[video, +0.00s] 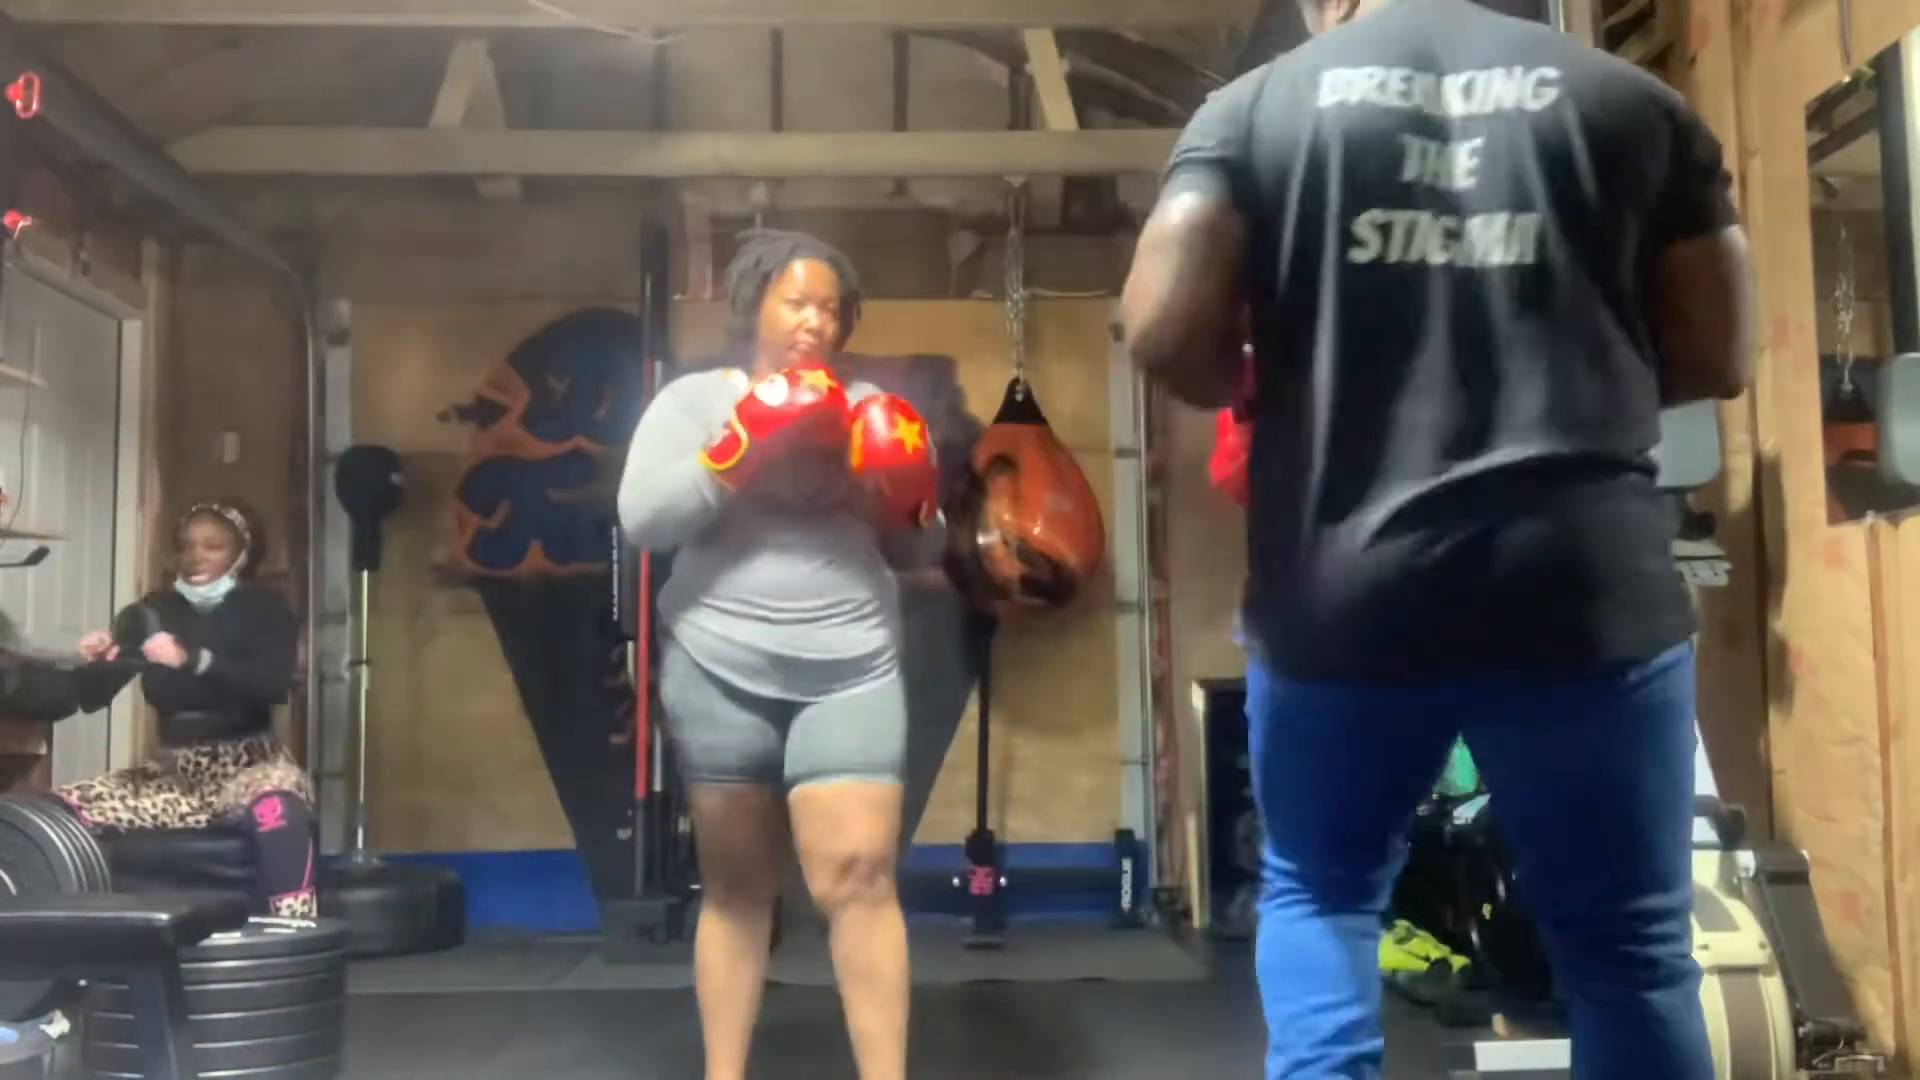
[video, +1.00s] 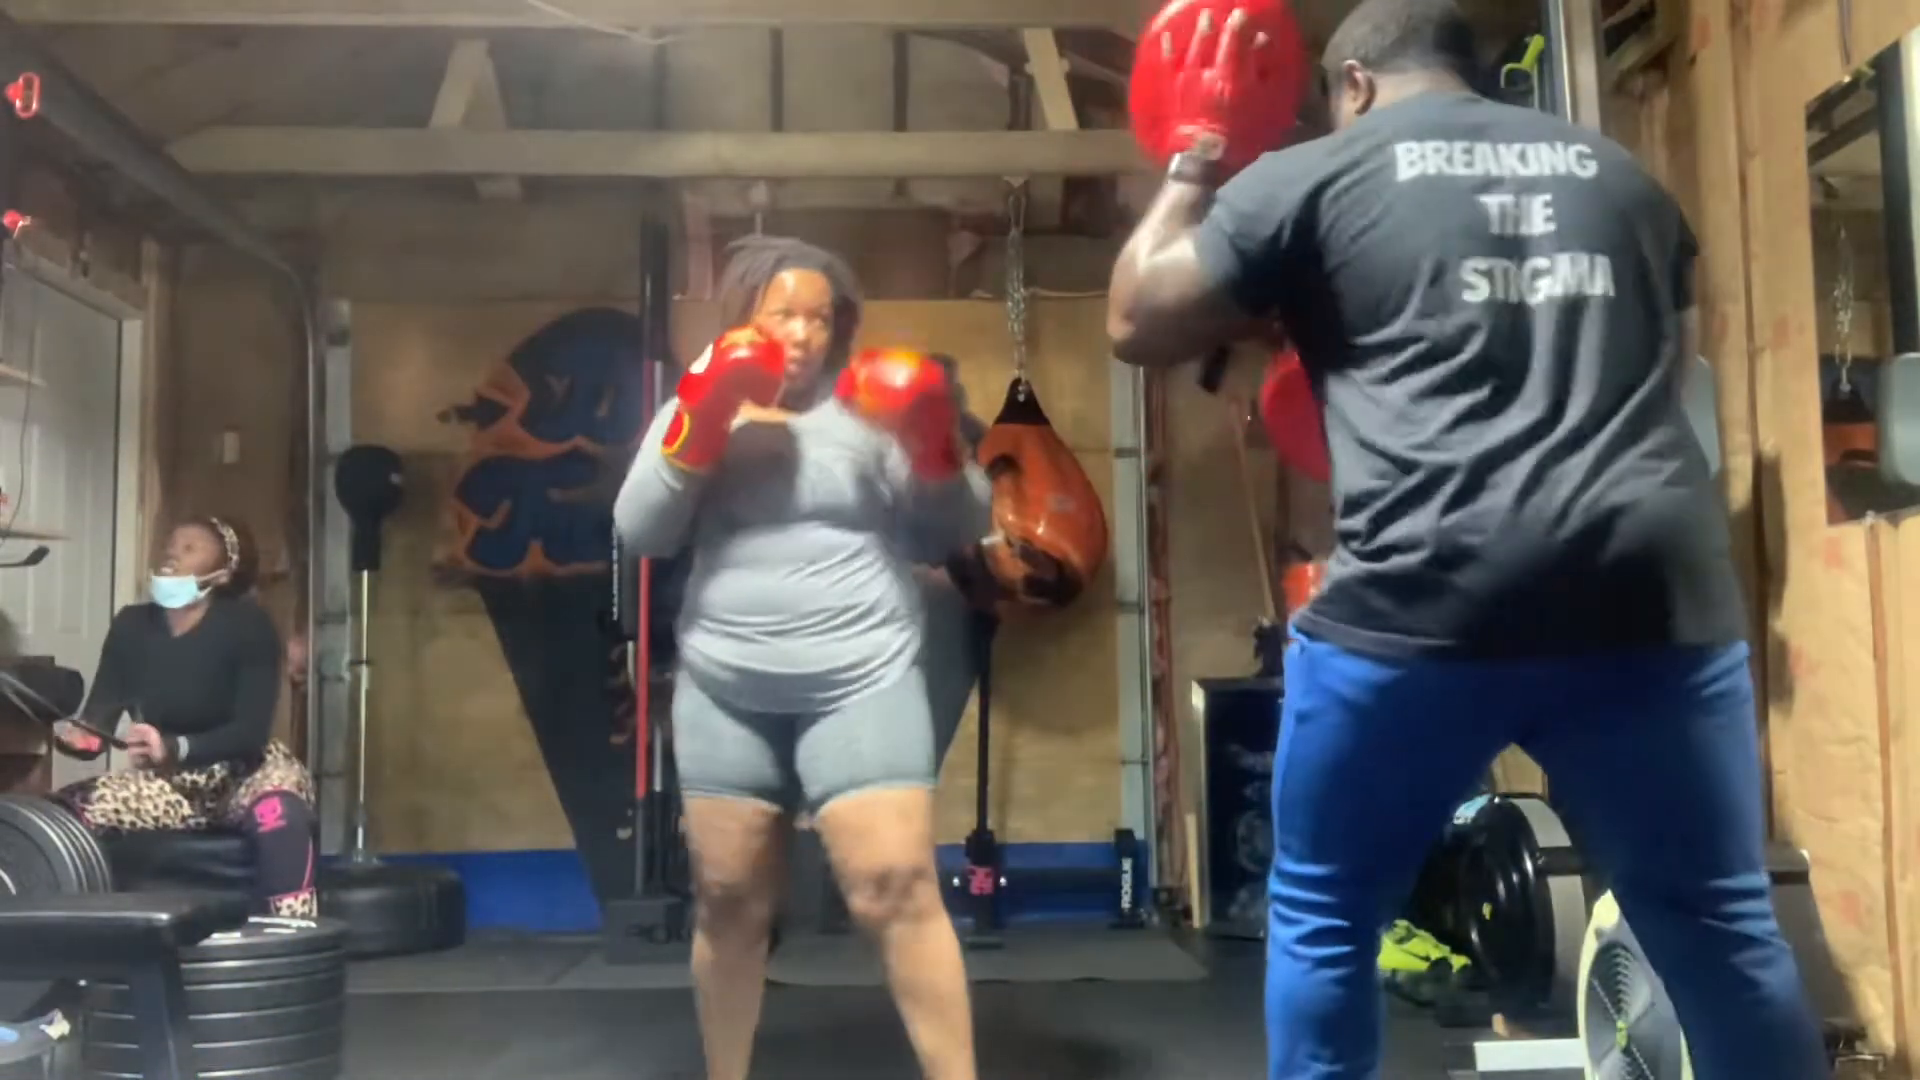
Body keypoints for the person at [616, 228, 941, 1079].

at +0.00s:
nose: (813, 322)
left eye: (829, 308)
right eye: (794, 304)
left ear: (846, 321)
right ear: (751, 311)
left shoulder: (872, 410)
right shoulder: (691, 402)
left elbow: (920, 552)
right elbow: (640, 523)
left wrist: (903, 491)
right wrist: (739, 462)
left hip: (853, 672)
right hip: (718, 669)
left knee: (860, 878)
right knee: (735, 889)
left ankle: (884, 1075)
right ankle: (725, 1074)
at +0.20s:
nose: (815, 316)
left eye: (830, 303)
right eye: (796, 298)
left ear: (846, 317)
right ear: (752, 306)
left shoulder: (873, 408)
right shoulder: (695, 397)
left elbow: (925, 544)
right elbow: (649, 515)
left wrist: (907, 476)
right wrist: (753, 442)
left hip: (854, 672)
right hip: (720, 670)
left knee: (853, 880)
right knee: (737, 891)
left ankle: (883, 1076)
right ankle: (724, 1075)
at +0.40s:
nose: (809, 320)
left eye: (824, 307)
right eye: (790, 303)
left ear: (841, 319)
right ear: (746, 309)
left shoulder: (870, 407)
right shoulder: (688, 400)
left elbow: (923, 543)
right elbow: (649, 510)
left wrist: (910, 461)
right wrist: (746, 412)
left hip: (851, 670)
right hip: (717, 668)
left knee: (851, 881)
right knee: (737, 893)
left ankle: (882, 1076)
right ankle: (725, 1075)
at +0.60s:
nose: (789, 328)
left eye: (805, 313)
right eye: (772, 310)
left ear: (825, 325)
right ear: (730, 311)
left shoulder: (853, 406)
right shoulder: (677, 397)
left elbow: (919, 541)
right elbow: (637, 496)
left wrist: (908, 447)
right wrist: (714, 382)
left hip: (843, 665)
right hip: (707, 665)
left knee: (848, 879)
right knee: (732, 888)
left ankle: (882, 1075)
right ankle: (724, 1075)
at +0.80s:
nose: (780, 339)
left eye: (797, 323)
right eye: (762, 320)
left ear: (816, 333)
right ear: (722, 320)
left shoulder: (852, 409)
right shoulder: (671, 405)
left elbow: (909, 552)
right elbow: (626, 516)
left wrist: (903, 497)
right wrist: (704, 409)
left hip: (837, 662)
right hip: (699, 670)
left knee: (870, 862)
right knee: (721, 885)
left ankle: (921, 1071)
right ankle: (723, 1074)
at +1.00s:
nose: (804, 335)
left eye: (821, 319)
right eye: (785, 316)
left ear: (841, 330)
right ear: (744, 324)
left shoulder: (875, 411)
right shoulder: (699, 411)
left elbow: (954, 534)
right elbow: (640, 534)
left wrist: (929, 432)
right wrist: (702, 422)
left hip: (863, 680)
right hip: (722, 685)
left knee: (896, 886)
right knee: (725, 897)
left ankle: (955, 1075)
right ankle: (725, 1075)